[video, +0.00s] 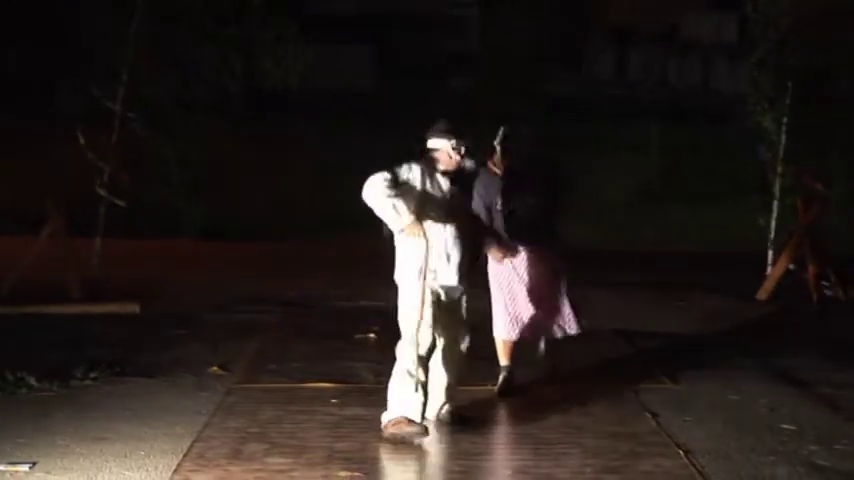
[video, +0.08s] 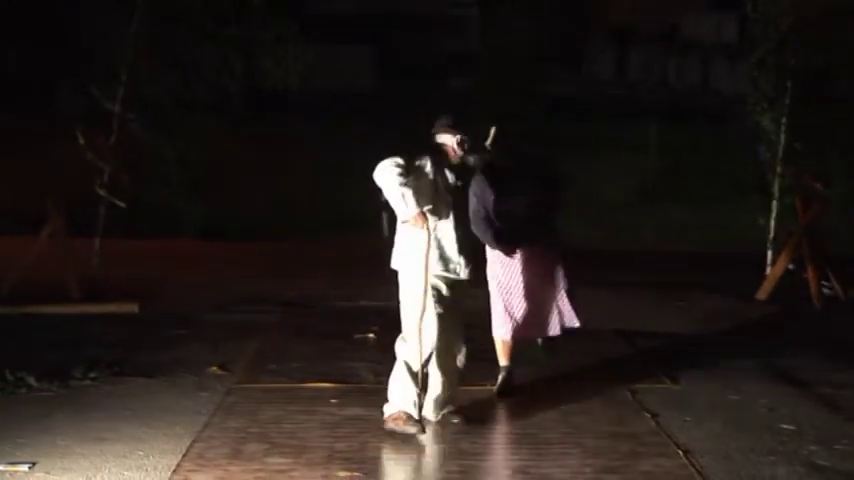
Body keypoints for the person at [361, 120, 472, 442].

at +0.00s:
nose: (460, 154)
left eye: (461, 148)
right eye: (454, 148)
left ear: (460, 151)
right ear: (435, 149)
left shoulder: (462, 183)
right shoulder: (413, 173)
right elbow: (374, 188)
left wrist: (491, 242)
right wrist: (404, 220)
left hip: (453, 282)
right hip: (417, 280)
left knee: (452, 347)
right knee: (415, 344)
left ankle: (439, 409)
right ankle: (398, 415)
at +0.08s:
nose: (459, 145)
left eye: (462, 139)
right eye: (452, 139)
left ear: (466, 143)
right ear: (437, 140)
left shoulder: (466, 174)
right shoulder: (423, 167)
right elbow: (386, 171)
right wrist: (409, 210)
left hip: (454, 274)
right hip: (421, 273)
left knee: (451, 345)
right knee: (418, 339)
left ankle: (440, 408)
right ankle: (399, 408)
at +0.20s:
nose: (463, 146)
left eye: (465, 140)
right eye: (458, 140)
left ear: (464, 143)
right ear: (443, 139)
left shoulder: (461, 175)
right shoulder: (417, 164)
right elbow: (404, 175)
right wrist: (427, 208)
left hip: (449, 264)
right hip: (421, 263)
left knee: (435, 328)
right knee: (438, 326)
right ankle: (413, 397)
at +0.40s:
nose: (470, 158)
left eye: (469, 152)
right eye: (468, 152)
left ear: (444, 152)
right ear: (460, 153)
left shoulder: (452, 183)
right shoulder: (433, 177)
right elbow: (430, 217)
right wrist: (462, 239)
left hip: (442, 272)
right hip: (423, 271)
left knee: (447, 334)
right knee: (446, 332)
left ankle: (435, 401)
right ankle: (422, 403)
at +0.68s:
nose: (475, 146)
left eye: (475, 140)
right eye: (472, 140)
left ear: (450, 140)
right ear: (463, 141)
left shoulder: (449, 168)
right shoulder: (443, 167)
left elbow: (449, 207)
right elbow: (435, 205)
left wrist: (470, 223)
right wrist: (464, 230)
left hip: (431, 256)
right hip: (424, 256)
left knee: (436, 322)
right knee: (434, 322)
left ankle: (429, 391)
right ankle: (421, 401)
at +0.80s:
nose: (476, 146)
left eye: (475, 140)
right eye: (473, 140)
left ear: (451, 140)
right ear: (465, 142)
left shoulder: (451, 170)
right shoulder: (441, 171)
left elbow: (451, 214)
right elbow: (436, 219)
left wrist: (471, 229)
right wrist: (467, 237)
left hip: (433, 259)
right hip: (428, 260)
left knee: (430, 324)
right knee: (440, 325)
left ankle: (421, 391)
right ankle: (418, 397)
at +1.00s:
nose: (476, 156)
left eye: (475, 151)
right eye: (473, 151)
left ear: (448, 149)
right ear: (463, 151)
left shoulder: (429, 177)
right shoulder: (446, 181)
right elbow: (451, 229)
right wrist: (482, 248)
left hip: (420, 262)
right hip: (435, 265)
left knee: (442, 323)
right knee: (469, 320)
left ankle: (416, 390)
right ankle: (442, 388)